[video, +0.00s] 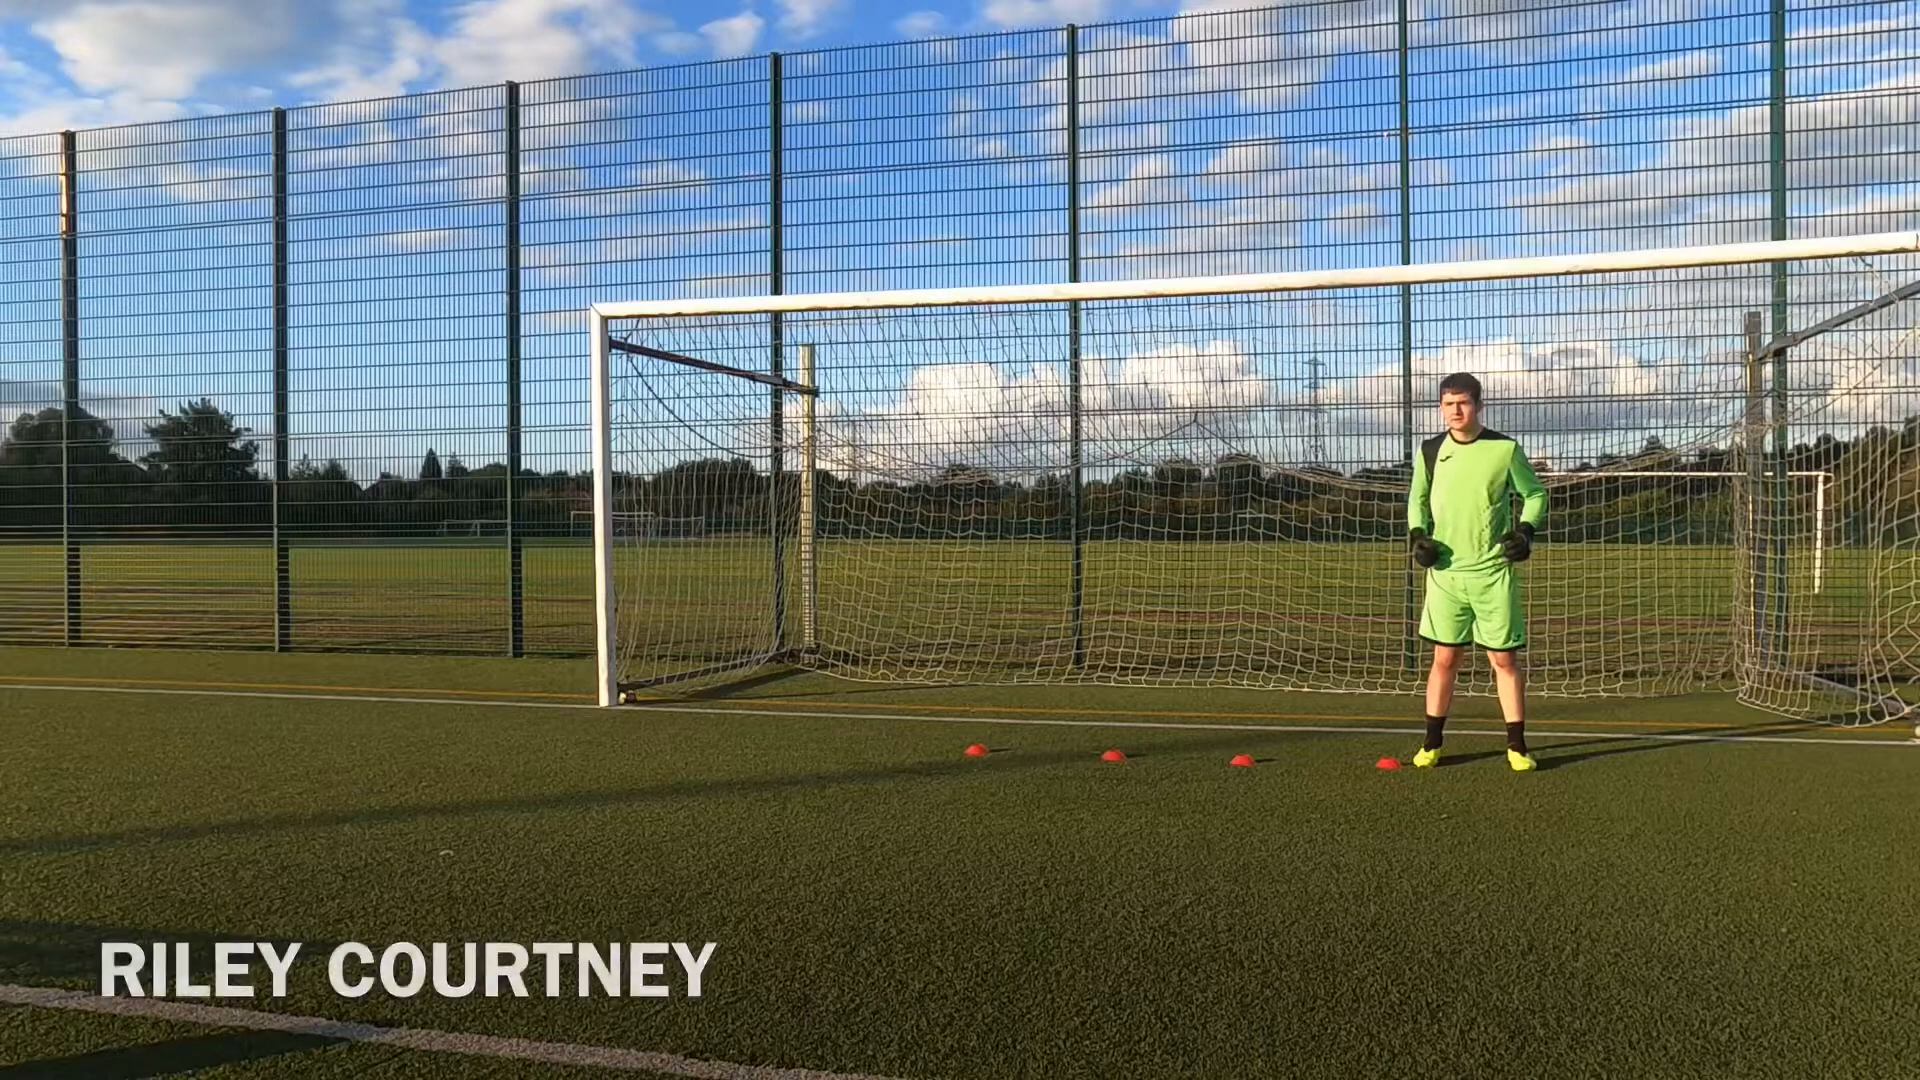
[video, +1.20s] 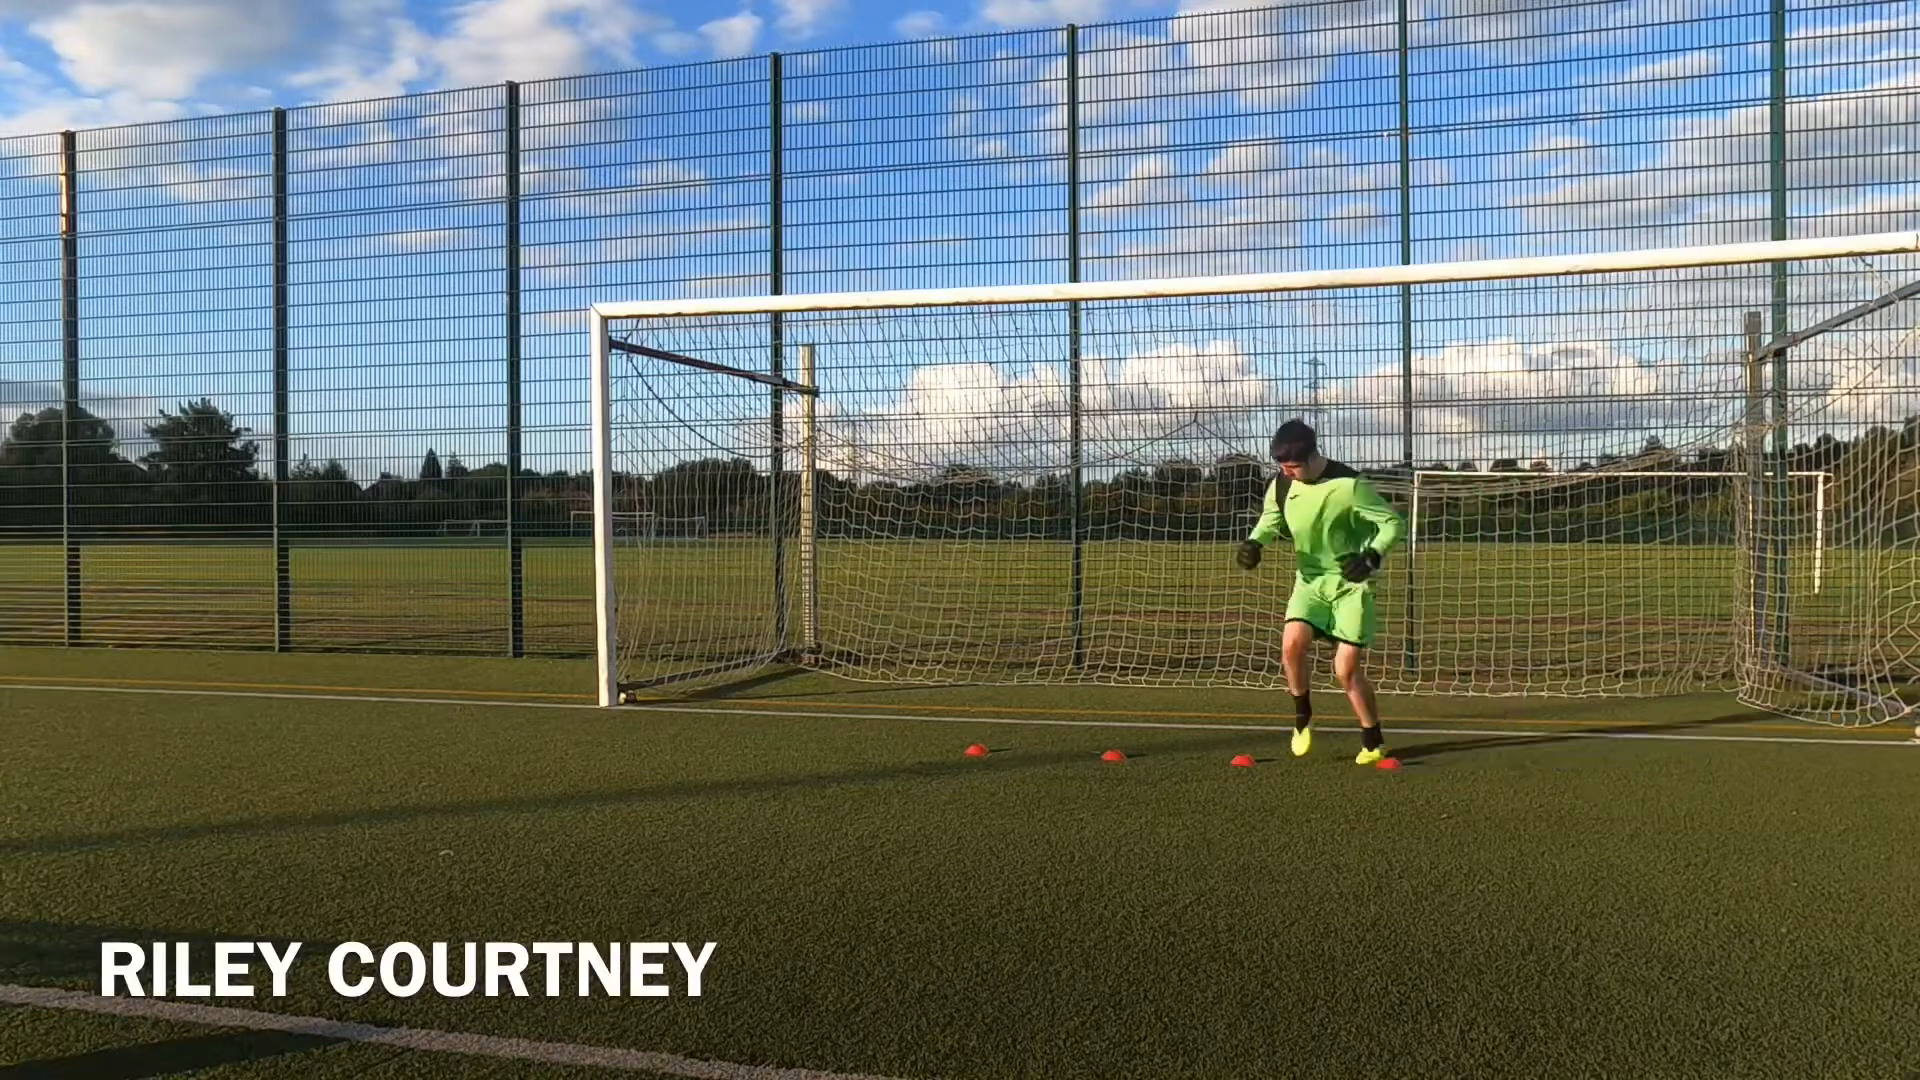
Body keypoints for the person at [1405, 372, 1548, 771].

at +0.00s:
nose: (1455, 411)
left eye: (1462, 403)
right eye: (1448, 404)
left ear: (1479, 406)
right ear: (1440, 409)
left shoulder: (1506, 450)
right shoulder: (1428, 453)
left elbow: (1536, 494)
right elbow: (1418, 500)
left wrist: (1525, 530)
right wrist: (1418, 535)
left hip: (1494, 574)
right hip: (1444, 575)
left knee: (1504, 660)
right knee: (1444, 658)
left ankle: (1516, 746)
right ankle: (1432, 743)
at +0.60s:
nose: (1428, 449)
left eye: (1433, 442)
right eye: (1422, 442)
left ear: (1451, 431)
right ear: (1417, 437)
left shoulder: (1493, 461)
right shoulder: (1416, 464)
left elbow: (1524, 498)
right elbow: (1413, 506)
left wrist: (1508, 539)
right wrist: (1422, 542)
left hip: (1488, 578)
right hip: (1440, 579)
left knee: (1502, 661)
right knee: (1441, 658)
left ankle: (1516, 745)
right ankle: (1432, 742)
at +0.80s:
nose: (1401, 467)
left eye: (1408, 460)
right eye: (1396, 461)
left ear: (1427, 450)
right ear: (1392, 456)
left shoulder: (1464, 479)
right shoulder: (1392, 483)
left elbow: (1504, 512)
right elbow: (1391, 520)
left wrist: (1488, 554)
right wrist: (1397, 552)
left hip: (1466, 588)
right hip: (1419, 589)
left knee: (1488, 672)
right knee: (1407, 657)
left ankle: (1519, 746)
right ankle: (1436, 727)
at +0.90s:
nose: (1380, 467)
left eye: (1387, 460)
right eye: (1374, 460)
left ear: (1406, 450)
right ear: (1368, 455)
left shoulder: (1441, 480)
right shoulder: (1368, 484)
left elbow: (1483, 507)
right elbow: (1363, 517)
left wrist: (1479, 553)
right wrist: (1361, 552)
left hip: (1444, 588)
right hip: (1397, 587)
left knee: (1472, 674)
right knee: (1378, 646)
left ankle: (1517, 745)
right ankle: (1391, 743)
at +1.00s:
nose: (1354, 463)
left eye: (1360, 456)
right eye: (1349, 456)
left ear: (1378, 447)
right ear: (1343, 452)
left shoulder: (1416, 476)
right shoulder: (1339, 480)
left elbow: (1457, 498)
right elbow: (1315, 514)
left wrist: (1461, 540)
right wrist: (1313, 548)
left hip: (1410, 581)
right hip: (1366, 585)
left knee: (1431, 655)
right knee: (1375, 654)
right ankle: (1375, 753)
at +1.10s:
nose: (1321, 466)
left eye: (1327, 459)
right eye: (1316, 459)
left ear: (1345, 448)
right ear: (1311, 455)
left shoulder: (1384, 476)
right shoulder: (1310, 479)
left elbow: (1429, 511)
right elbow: (1290, 515)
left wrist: (1423, 552)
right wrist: (1274, 546)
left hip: (1380, 573)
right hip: (1339, 576)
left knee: (1378, 649)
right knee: (1347, 649)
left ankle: (1382, 728)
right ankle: (1353, 742)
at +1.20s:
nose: (1286, 470)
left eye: (1292, 463)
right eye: (1281, 463)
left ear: (1312, 455)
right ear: (1278, 459)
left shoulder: (1349, 486)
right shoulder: (1280, 487)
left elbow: (1392, 522)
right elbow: (1269, 524)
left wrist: (1372, 554)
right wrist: (1253, 544)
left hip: (1351, 583)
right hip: (1308, 583)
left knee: (1346, 670)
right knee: (1292, 645)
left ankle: (1373, 742)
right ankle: (1302, 717)